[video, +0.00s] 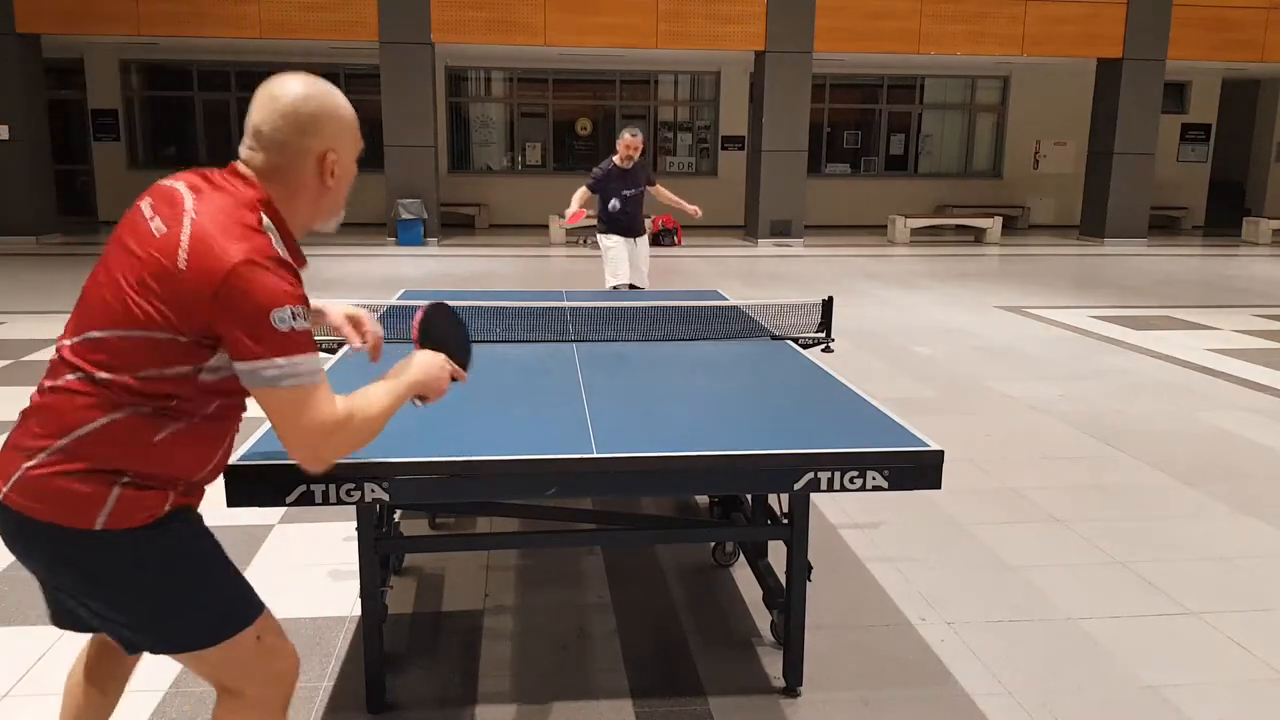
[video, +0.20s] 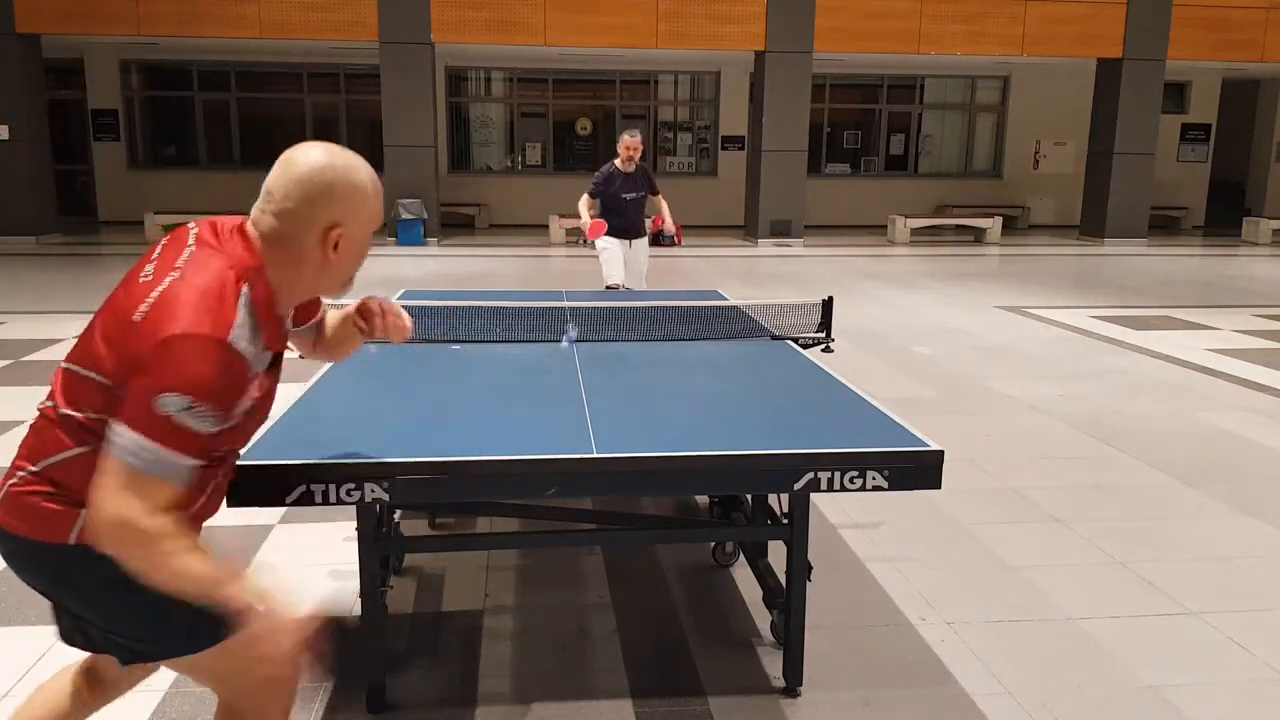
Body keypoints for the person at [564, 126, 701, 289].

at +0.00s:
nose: (632, 153)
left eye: (636, 149)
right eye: (628, 148)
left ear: (641, 149)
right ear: (618, 145)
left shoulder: (641, 167)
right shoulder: (605, 171)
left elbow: (656, 190)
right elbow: (583, 192)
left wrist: (686, 207)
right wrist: (574, 207)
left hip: (638, 235)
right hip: (612, 236)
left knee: (639, 288)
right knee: (619, 287)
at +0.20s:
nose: (631, 154)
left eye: (635, 149)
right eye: (627, 149)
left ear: (641, 150)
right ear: (618, 148)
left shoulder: (643, 172)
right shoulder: (606, 173)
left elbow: (659, 200)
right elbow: (584, 201)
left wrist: (668, 221)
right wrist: (586, 219)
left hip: (638, 240)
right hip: (610, 239)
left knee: (637, 290)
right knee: (613, 286)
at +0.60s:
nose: (628, 146)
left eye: (632, 142)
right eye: (624, 141)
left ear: (637, 145)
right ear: (615, 143)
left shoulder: (638, 169)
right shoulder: (601, 170)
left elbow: (643, 198)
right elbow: (585, 203)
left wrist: (646, 224)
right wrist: (589, 234)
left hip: (630, 236)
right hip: (602, 238)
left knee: (643, 279)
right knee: (597, 286)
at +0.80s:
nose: (638, 148)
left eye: (642, 144)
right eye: (634, 143)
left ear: (647, 146)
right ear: (624, 143)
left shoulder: (642, 167)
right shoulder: (609, 167)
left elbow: (643, 193)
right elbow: (586, 198)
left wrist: (648, 221)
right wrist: (602, 226)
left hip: (632, 234)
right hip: (605, 234)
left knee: (642, 278)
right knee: (602, 284)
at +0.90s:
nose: (644, 154)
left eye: (648, 149)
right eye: (640, 148)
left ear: (653, 151)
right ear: (630, 148)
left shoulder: (647, 170)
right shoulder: (618, 172)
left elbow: (647, 196)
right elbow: (598, 205)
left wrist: (656, 224)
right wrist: (612, 239)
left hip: (638, 237)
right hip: (612, 238)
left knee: (644, 284)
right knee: (610, 289)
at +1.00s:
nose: (651, 158)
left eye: (655, 154)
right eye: (647, 152)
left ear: (658, 155)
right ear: (636, 151)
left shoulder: (650, 172)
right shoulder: (623, 175)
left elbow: (651, 200)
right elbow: (613, 213)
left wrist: (663, 230)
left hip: (640, 236)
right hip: (616, 234)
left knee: (648, 281)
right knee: (625, 279)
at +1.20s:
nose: (663, 170)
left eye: (667, 166)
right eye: (660, 163)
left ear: (671, 165)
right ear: (649, 155)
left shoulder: (653, 175)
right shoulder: (634, 178)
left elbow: (656, 203)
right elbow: (647, 219)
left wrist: (672, 227)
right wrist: (669, 207)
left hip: (642, 233)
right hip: (622, 233)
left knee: (648, 281)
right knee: (645, 280)